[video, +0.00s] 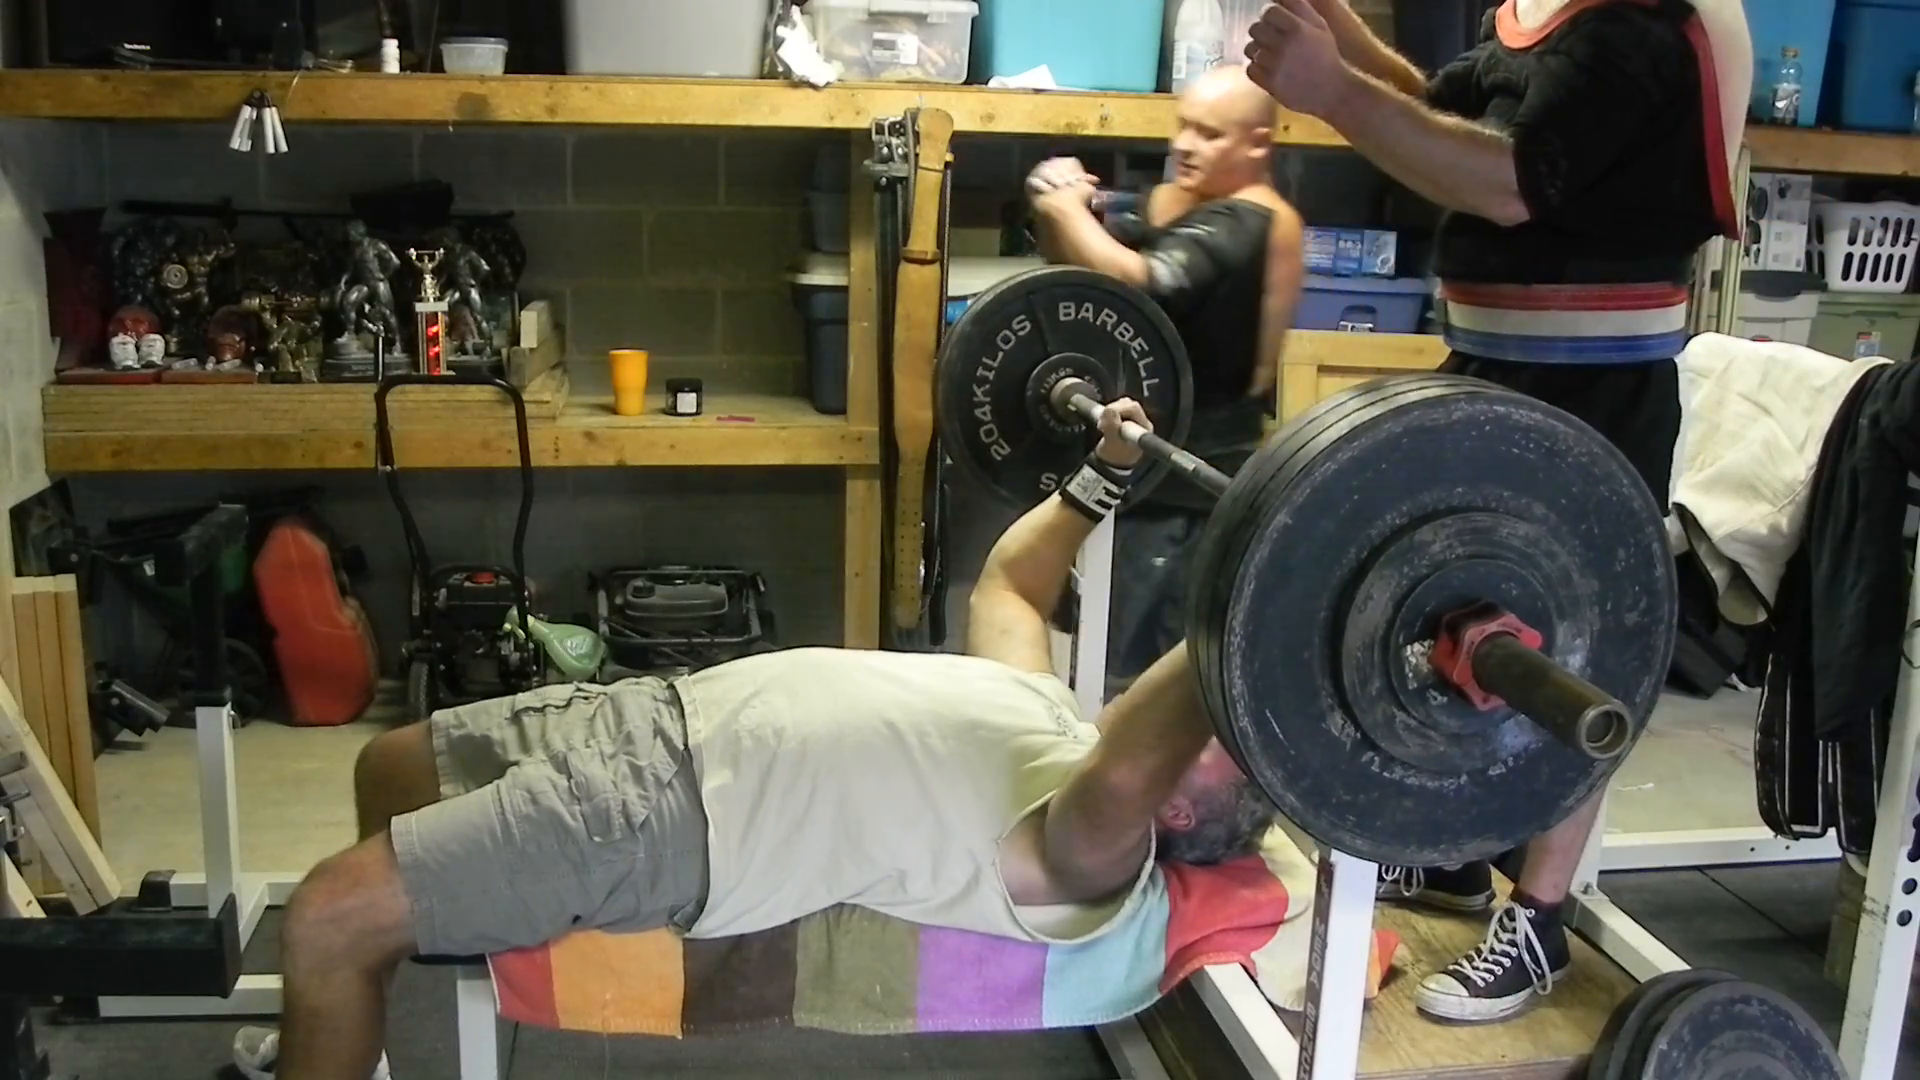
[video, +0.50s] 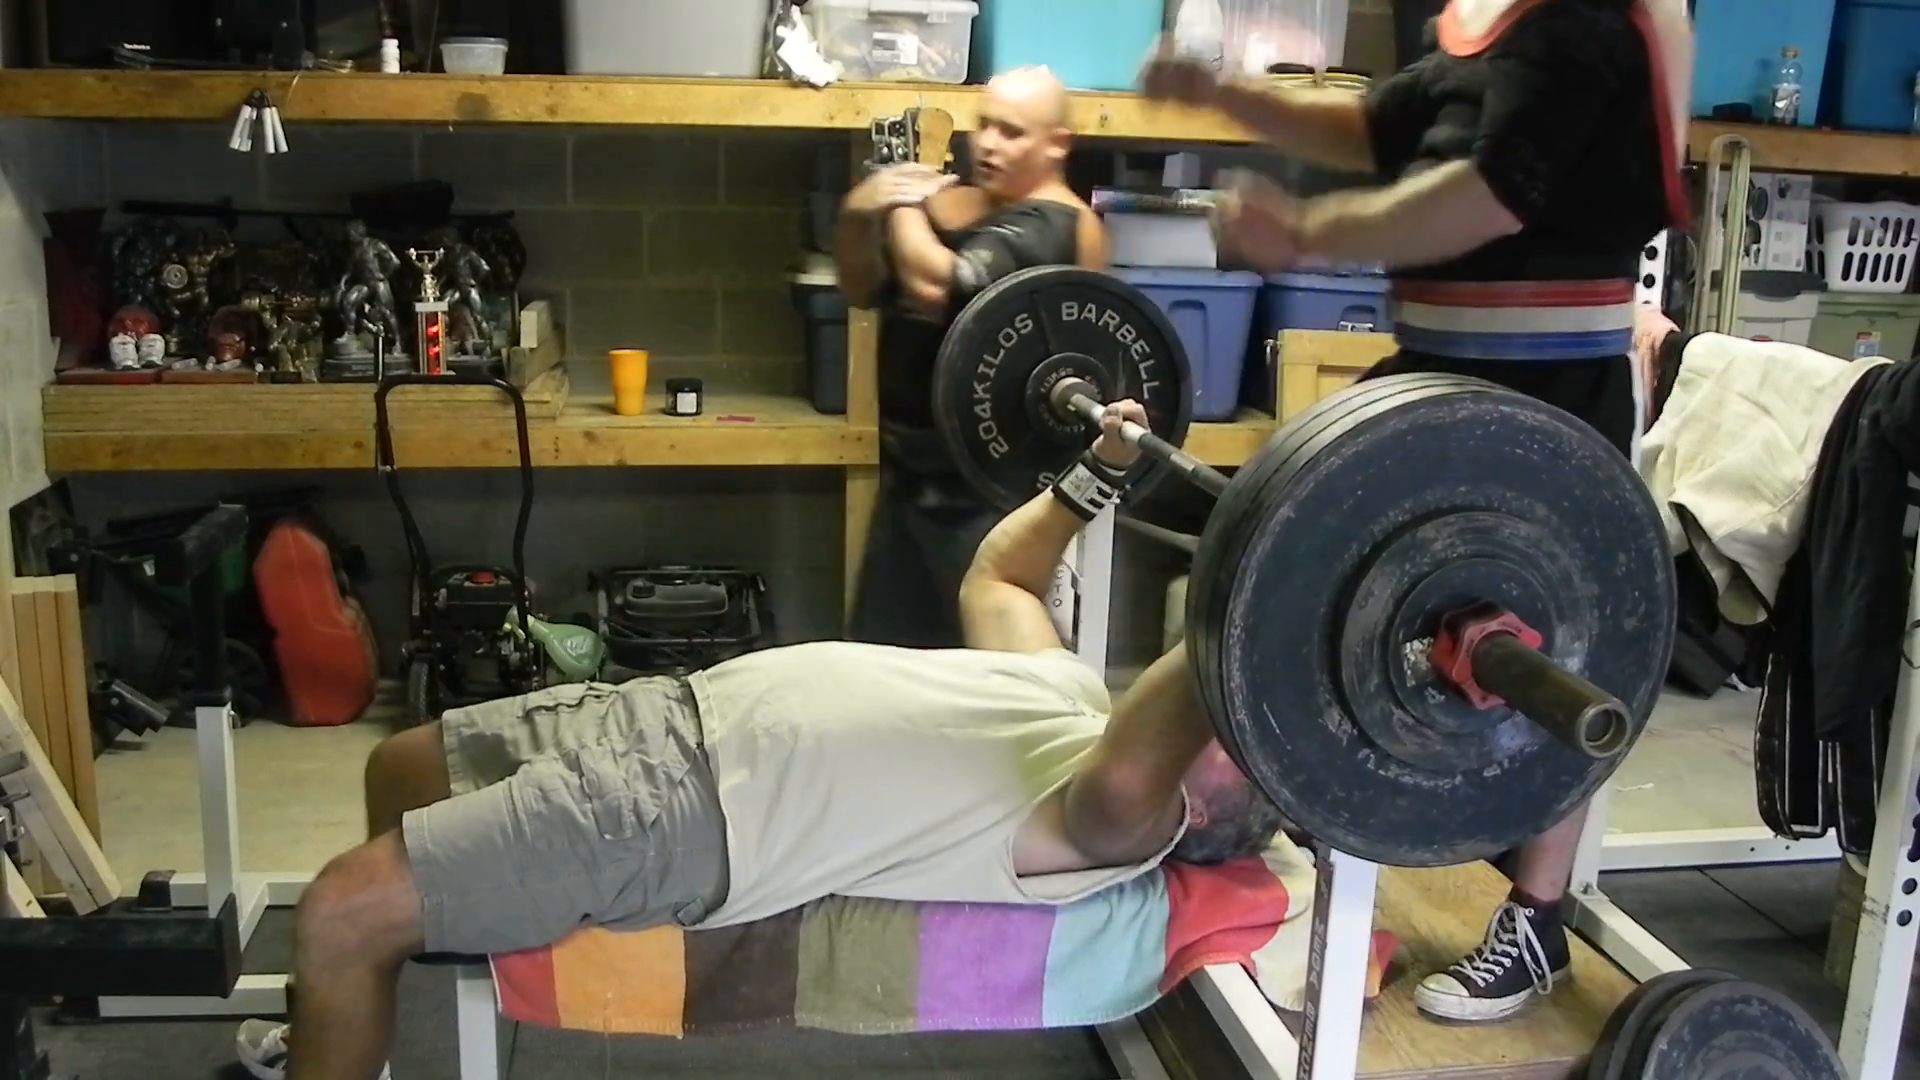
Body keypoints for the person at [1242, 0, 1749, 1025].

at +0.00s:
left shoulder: (1637, 28)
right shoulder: (1528, 15)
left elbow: (1510, 181)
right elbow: (1461, 119)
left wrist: (1337, 94)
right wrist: (1349, 47)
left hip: (1598, 381)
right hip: (1493, 365)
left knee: (1579, 650)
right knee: (1464, 617)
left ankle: (1538, 915)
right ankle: (1455, 850)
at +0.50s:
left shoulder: (1584, 32)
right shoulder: (1469, 34)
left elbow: (1491, 193)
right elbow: (1373, 129)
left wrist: (1305, 228)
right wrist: (1225, 98)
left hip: (1553, 385)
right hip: (1436, 370)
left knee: (1554, 650)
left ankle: (1535, 918)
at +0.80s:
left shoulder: (1460, 39)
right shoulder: (1360, 50)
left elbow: (1447, 234)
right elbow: (1275, 198)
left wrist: (1385, 425)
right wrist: (1166, 310)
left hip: (1489, 385)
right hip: (1400, 382)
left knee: (1504, 635)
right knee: (1360, 610)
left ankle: (1528, 906)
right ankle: (1341, 816)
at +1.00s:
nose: (1197, 13)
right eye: (1192, 5)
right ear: (1236, 3)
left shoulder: (1394, 41)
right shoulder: (1283, 77)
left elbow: (1408, 237)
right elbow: (1222, 226)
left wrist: (1383, 432)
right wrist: (1152, 369)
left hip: (1475, 353)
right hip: (1359, 361)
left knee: (1497, 617)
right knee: (1344, 596)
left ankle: (1505, 879)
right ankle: (1339, 807)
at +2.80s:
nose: (1113, 38)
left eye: (1117, 15)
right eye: (1101, 26)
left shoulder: (1334, 42)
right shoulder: (1187, 74)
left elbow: (1359, 291)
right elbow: (1169, 240)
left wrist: (1324, 496)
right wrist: (1140, 390)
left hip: (1418, 341)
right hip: (1291, 341)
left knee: (1328, 603)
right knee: (1233, 579)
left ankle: (1262, 888)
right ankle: (1205, 814)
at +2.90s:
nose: (1102, 37)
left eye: (1107, 15)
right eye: (1090, 25)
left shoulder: (1324, 44)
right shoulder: (1179, 68)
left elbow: (1353, 290)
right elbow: (1166, 228)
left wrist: (1319, 486)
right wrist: (1140, 392)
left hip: (1414, 345)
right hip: (1289, 346)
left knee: (1322, 605)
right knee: (1235, 583)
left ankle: (1259, 890)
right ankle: (1201, 818)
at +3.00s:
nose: (1096, 45)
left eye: (1101, 22)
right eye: (1082, 32)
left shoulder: (1313, 45)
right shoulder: (1167, 65)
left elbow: (1348, 264)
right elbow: (1157, 227)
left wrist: (1317, 473)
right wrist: (1139, 392)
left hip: (1411, 345)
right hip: (1292, 345)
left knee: (1308, 601)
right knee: (1234, 577)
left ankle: (1254, 894)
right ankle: (1201, 830)